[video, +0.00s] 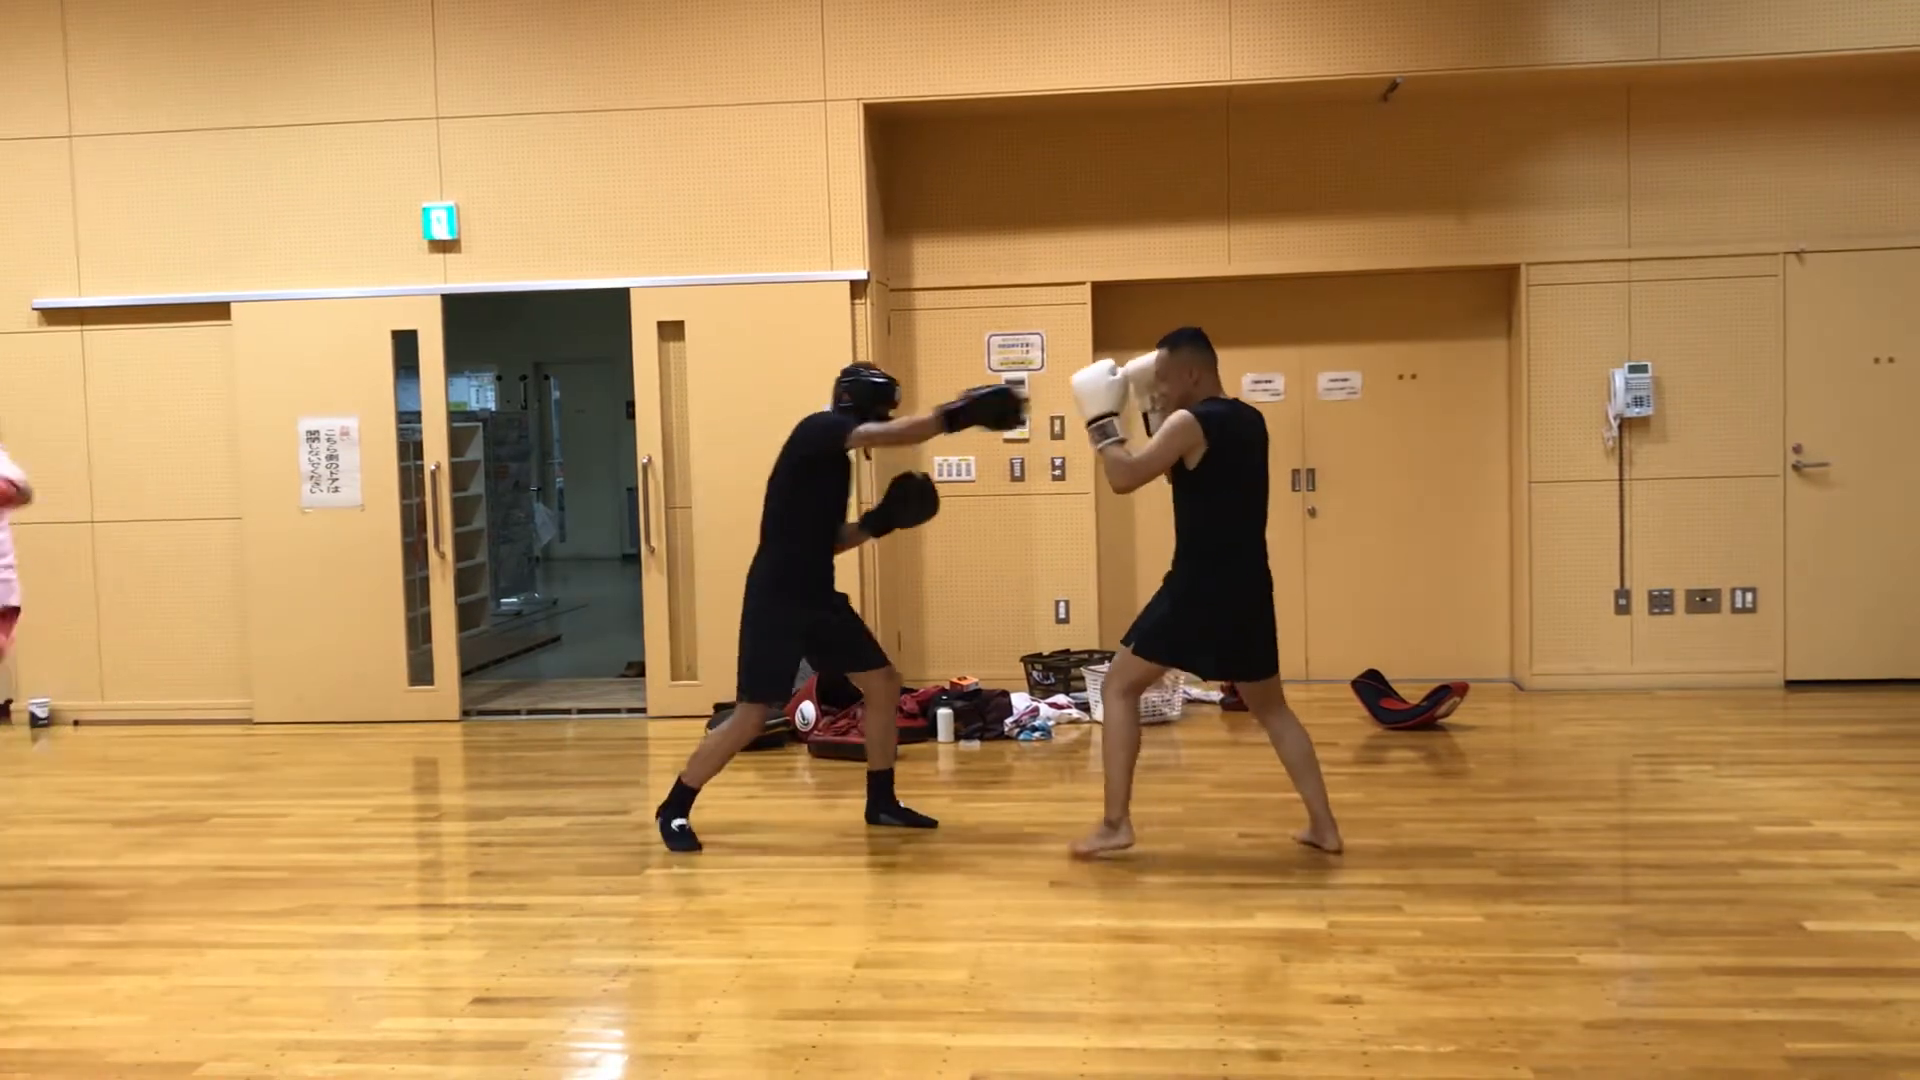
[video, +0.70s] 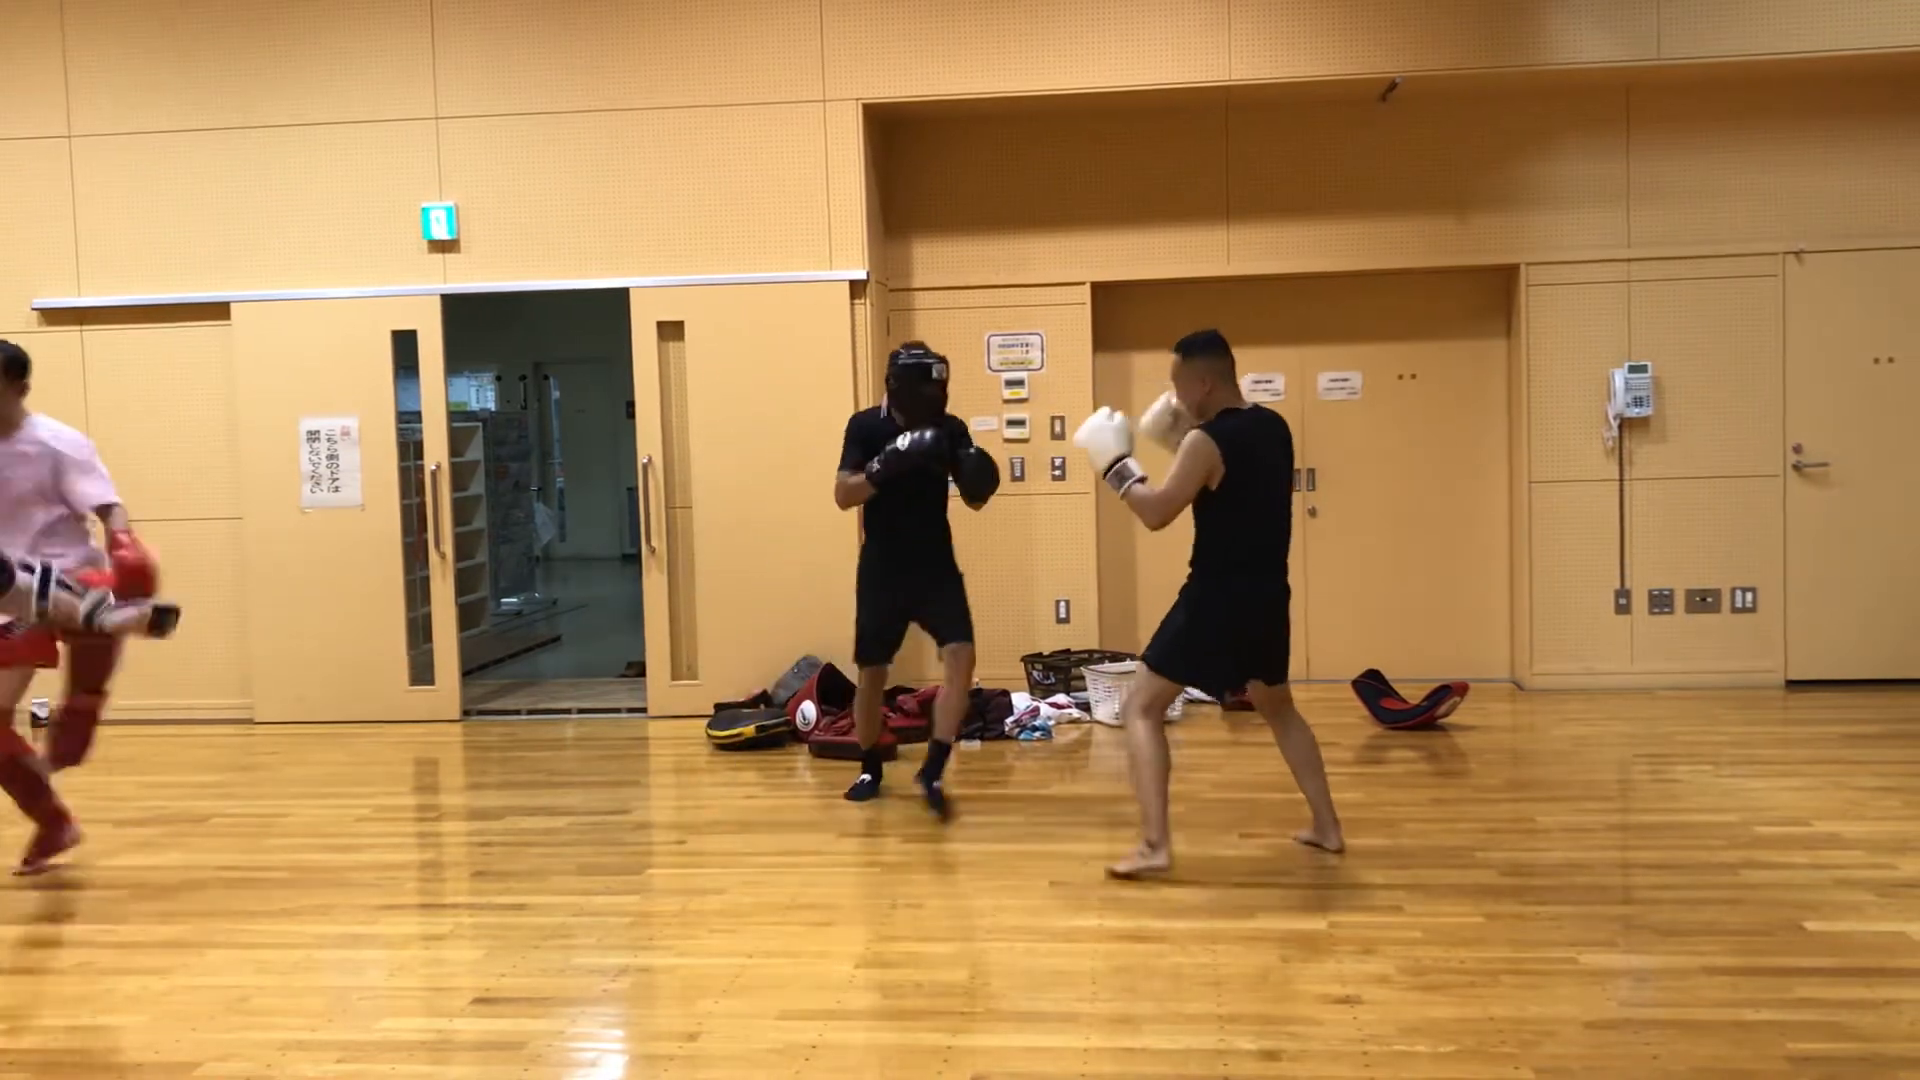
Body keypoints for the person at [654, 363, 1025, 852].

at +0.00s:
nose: (887, 419)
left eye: (888, 411)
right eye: (883, 410)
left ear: (847, 403)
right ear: (857, 402)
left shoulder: (834, 457)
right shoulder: (819, 428)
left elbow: (825, 543)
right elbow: (896, 433)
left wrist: (881, 519)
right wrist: (959, 414)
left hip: (817, 594)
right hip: (777, 594)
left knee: (882, 684)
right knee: (752, 716)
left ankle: (881, 802)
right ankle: (673, 810)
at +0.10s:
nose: (914, 417)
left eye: (917, 410)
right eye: (911, 409)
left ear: (881, 399)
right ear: (889, 403)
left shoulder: (881, 463)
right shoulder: (838, 416)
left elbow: (892, 536)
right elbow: (893, 429)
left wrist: (935, 500)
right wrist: (960, 407)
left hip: (835, 586)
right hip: (788, 580)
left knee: (892, 684)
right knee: (752, 697)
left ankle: (883, 803)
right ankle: (681, 806)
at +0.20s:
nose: (928, 415)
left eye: (932, 408)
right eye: (924, 404)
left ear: (927, 412)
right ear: (900, 395)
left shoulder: (913, 457)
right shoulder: (851, 407)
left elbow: (952, 518)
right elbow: (852, 436)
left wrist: (988, 474)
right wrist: (921, 414)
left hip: (849, 580)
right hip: (799, 570)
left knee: (898, 686)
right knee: (756, 684)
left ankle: (884, 803)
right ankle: (696, 798)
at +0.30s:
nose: (959, 408)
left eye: (960, 401)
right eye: (955, 398)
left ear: (951, 403)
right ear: (927, 391)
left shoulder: (945, 444)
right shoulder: (868, 409)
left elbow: (1008, 448)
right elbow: (822, 439)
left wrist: (1059, 410)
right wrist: (880, 418)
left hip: (863, 577)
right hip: (811, 563)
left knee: (900, 683)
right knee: (770, 671)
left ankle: (884, 802)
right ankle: (723, 794)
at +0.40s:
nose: (958, 403)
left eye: (963, 396)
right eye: (949, 393)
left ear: (963, 396)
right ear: (920, 384)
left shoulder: (949, 434)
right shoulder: (875, 404)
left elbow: (1003, 445)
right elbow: (819, 439)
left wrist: (1038, 417)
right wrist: (872, 427)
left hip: (879, 573)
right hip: (823, 561)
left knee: (904, 681)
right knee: (786, 667)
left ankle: (886, 801)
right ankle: (763, 779)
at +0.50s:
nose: (962, 393)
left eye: (965, 385)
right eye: (955, 384)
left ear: (961, 384)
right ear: (923, 380)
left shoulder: (952, 427)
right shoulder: (873, 404)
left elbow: (1002, 473)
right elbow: (824, 449)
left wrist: (1026, 435)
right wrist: (879, 435)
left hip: (895, 565)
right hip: (839, 556)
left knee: (907, 676)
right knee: (812, 663)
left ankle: (887, 797)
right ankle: (817, 762)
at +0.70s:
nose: (939, 395)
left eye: (941, 385)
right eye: (928, 385)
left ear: (944, 385)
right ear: (897, 385)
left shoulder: (949, 429)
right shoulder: (866, 426)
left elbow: (975, 499)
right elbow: (844, 495)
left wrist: (973, 471)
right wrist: (890, 465)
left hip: (934, 559)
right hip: (883, 561)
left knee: (961, 654)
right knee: (871, 669)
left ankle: (934, 773)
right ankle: (870, 770)